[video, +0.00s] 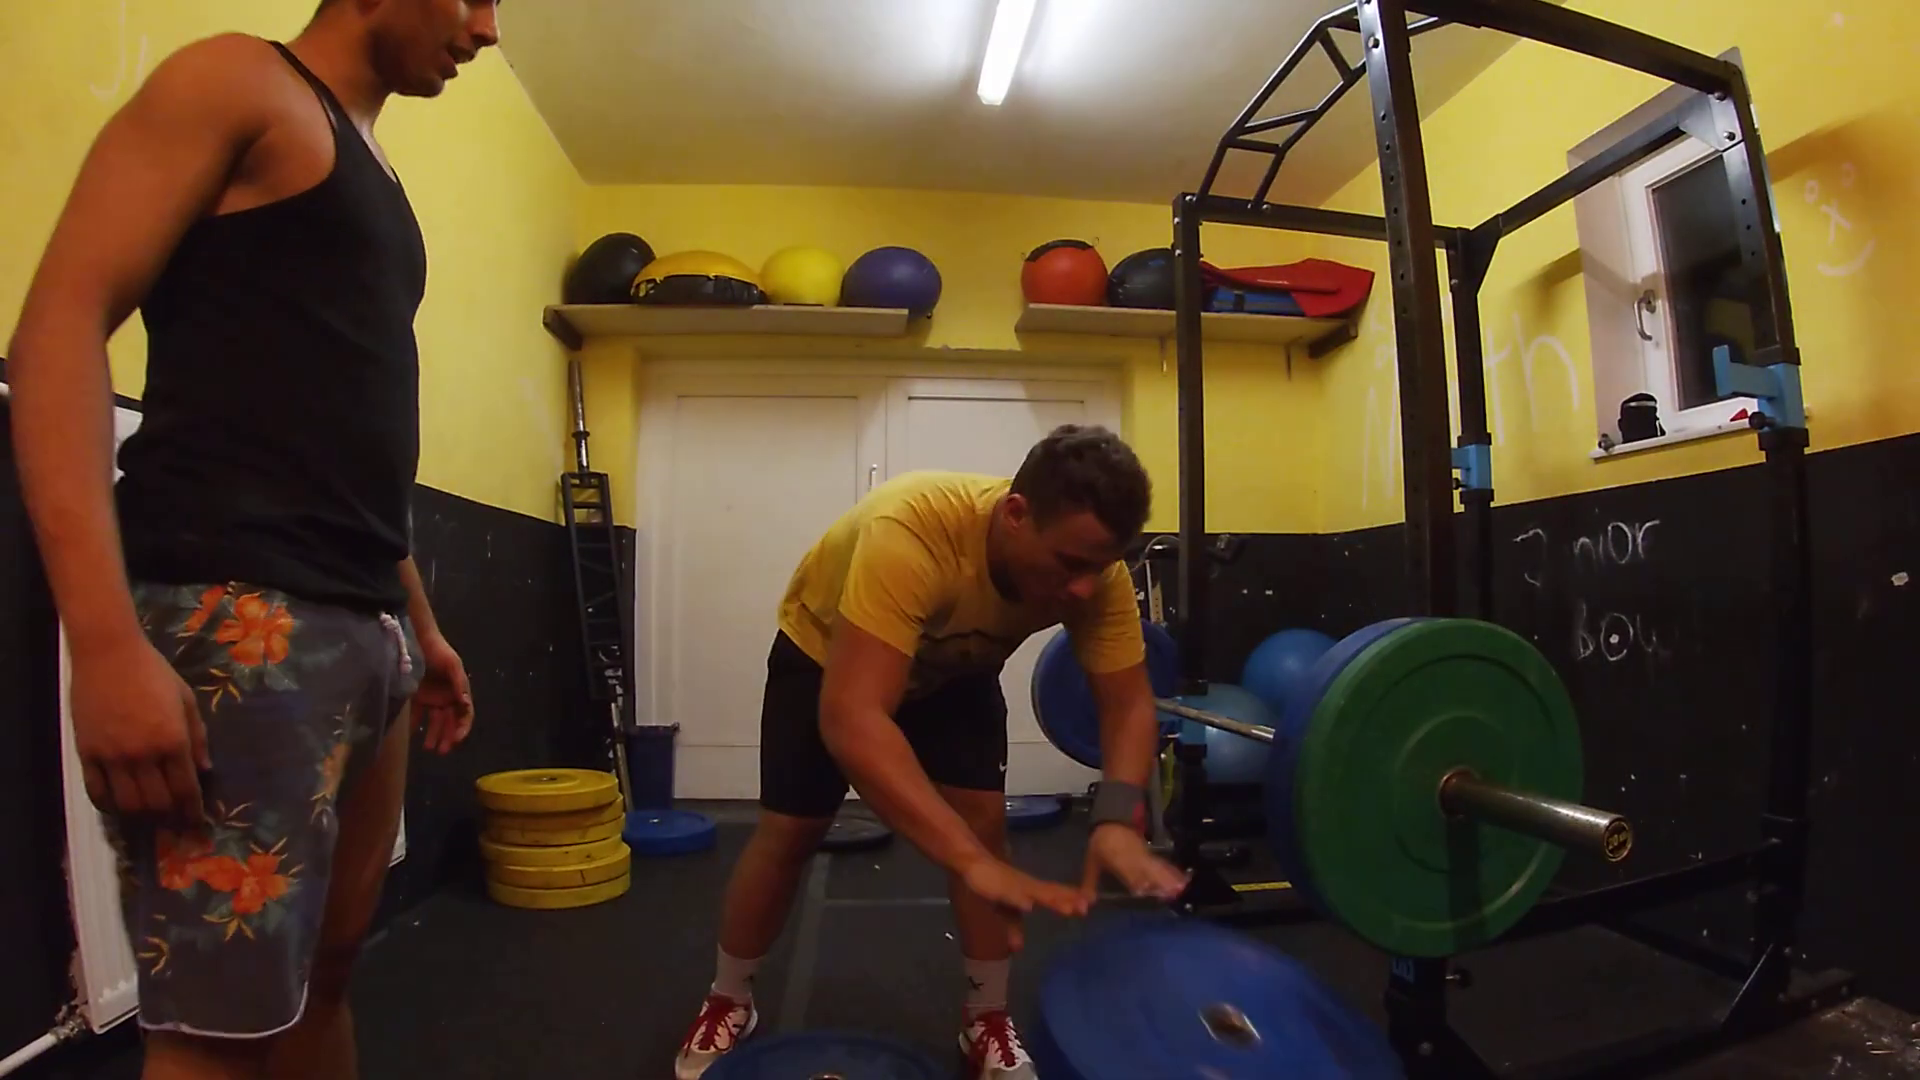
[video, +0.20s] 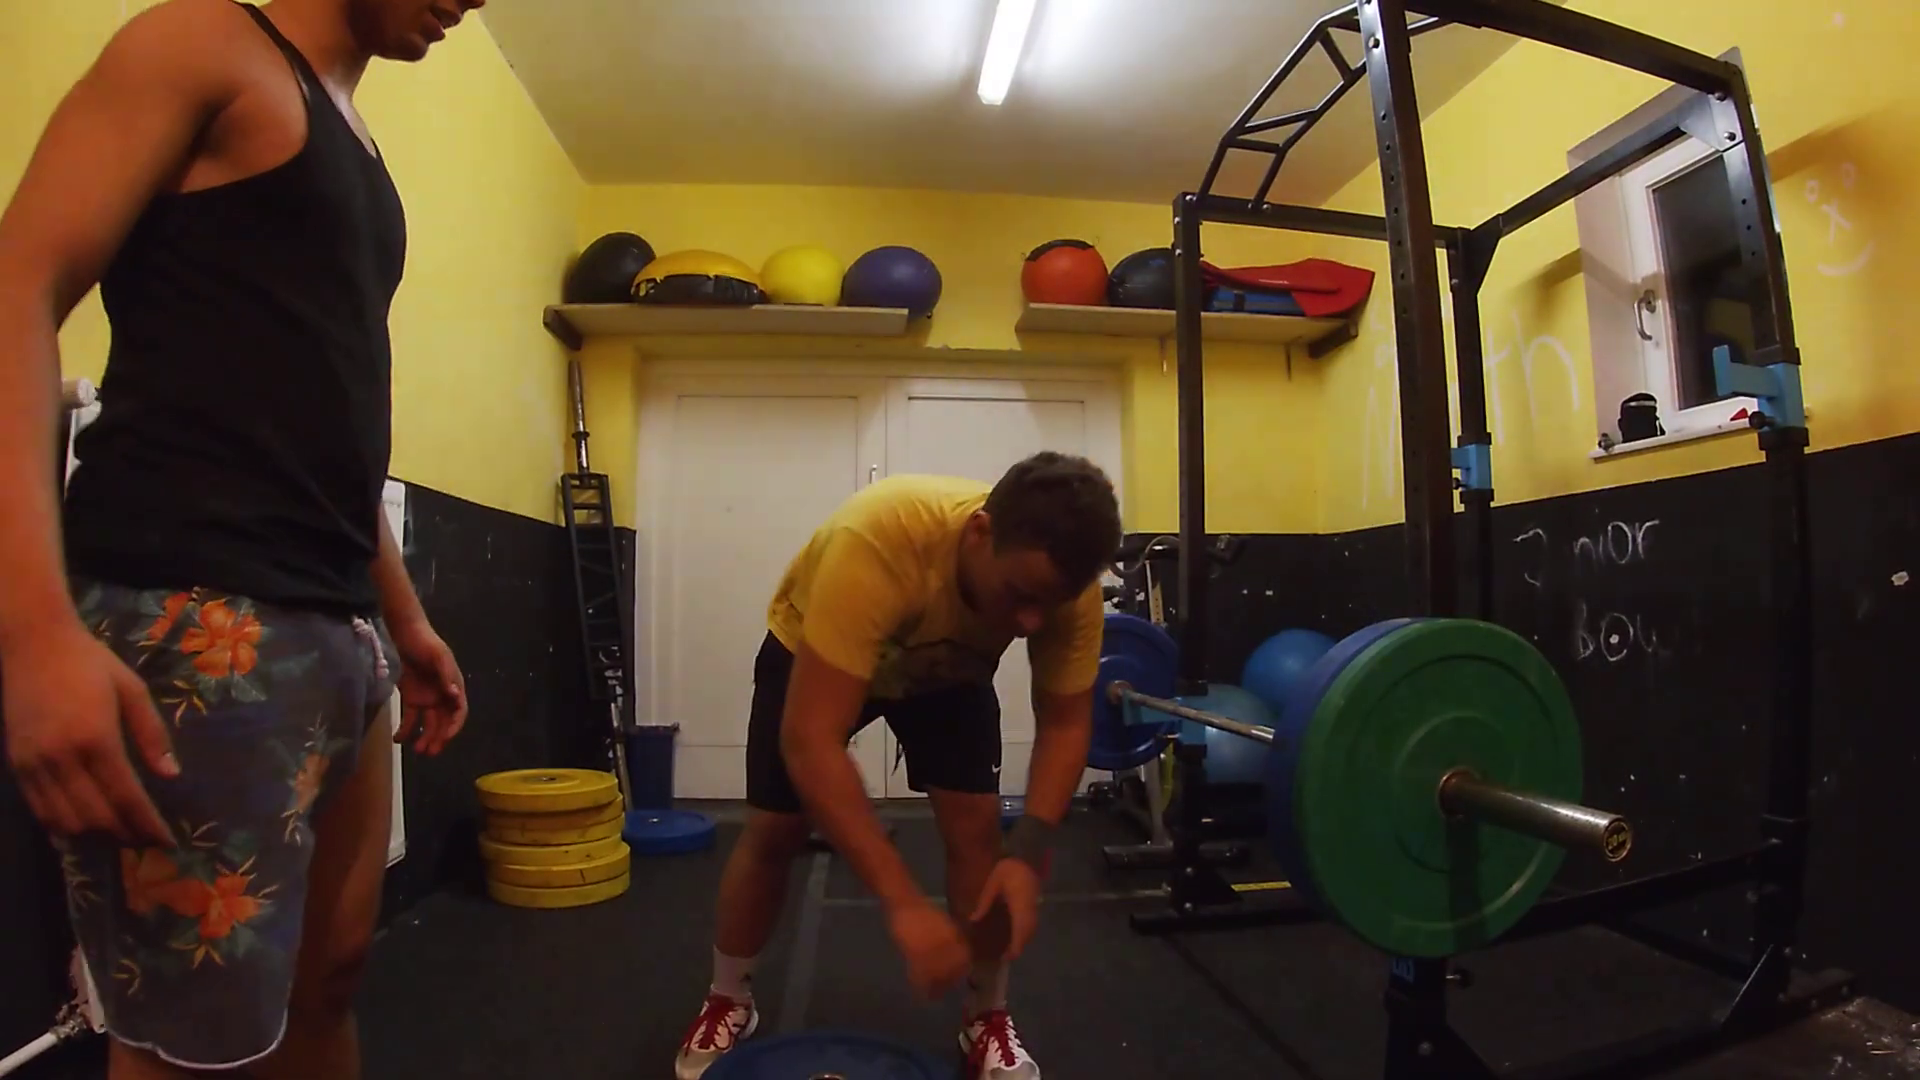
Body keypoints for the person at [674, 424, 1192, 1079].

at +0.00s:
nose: (1085, 588)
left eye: (1101, 568)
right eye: (1070, 564)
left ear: (1118, 548)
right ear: (1014, 515)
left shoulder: (1099, 573)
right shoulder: (906, 536)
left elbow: (1128, 703)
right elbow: (850, 719)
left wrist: (1117, 820)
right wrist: (969, 860)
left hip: (956, 669)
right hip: (829, 652)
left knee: (982, 826)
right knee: (791, 829)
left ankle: (989, 1023)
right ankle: (726, 1005)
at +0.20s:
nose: (1032, 623)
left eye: (1053, 605)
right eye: (1019, 597)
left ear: (1079, 581)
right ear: (977, 534)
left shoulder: (1071, 584)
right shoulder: (871, 545)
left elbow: (1066, 722)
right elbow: (809, 741)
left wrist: (1027, 856)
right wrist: (905, 903)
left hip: (947, 671)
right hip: (823, 654)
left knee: (976, 827)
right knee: (774, 828)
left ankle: (988, 1019)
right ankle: (727, 1002)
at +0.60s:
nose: (909, 799)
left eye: (928, 783)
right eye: (891, 778)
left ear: (963, 744)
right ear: (851, 713)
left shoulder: (1000, 717)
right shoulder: (780, 707)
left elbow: (1004, 868)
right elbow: (756, 923)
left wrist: (968, 1023)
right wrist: (796, 1071)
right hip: (779, 651)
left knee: (983, 847)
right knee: (734, 861)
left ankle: (990, 1021)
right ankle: (726, 1008)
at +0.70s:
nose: (883, 830)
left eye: (900, 813)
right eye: (866, 811)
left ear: (943, 766)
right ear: (828, 748)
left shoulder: (981, 745)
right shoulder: (760, 729)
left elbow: (995, 913)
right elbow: (744, 923)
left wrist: (948, 1064)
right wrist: (792, 1070)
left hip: (906, 629)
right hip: (778, 639)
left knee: (983, 858)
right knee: (730, 861)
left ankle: (989, 1026)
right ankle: (724, 1010)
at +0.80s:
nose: (853, 830)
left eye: (875, 820)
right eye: (838, 814)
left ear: (920, 778)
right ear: (805, 747)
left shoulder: (962, 753)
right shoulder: (746, 732)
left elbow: (969, 928)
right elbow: (746, 921)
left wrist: (942, 1065)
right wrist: (793, 1069)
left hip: (904, 639)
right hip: (781, 640)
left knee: (987, 861)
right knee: (722, 871)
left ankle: (990, 1020)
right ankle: (725, 1010)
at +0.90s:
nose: (843, 820)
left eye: (860, 804)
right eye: (825, 800)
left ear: (895, 764)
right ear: (786, 744)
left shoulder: (947, 740)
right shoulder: (733, 725)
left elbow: (955, 920)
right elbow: (746, 904)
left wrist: (931, 1060)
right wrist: (798, 1061)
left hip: (903, 638)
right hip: (783, 633)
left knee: (982, 850)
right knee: (721, 859)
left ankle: (988, 1021)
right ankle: (728, 1010)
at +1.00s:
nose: (828, 789)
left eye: (847, 771)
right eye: (810, 770)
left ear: (880, 723)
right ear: (771, 711)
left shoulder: (938, 708)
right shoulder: (723, 696)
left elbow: (973, 884)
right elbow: (733, 865)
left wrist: (922, 1043)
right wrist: (796, 1006)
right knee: (726, 859)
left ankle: (989, 1023)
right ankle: (727, 1012)